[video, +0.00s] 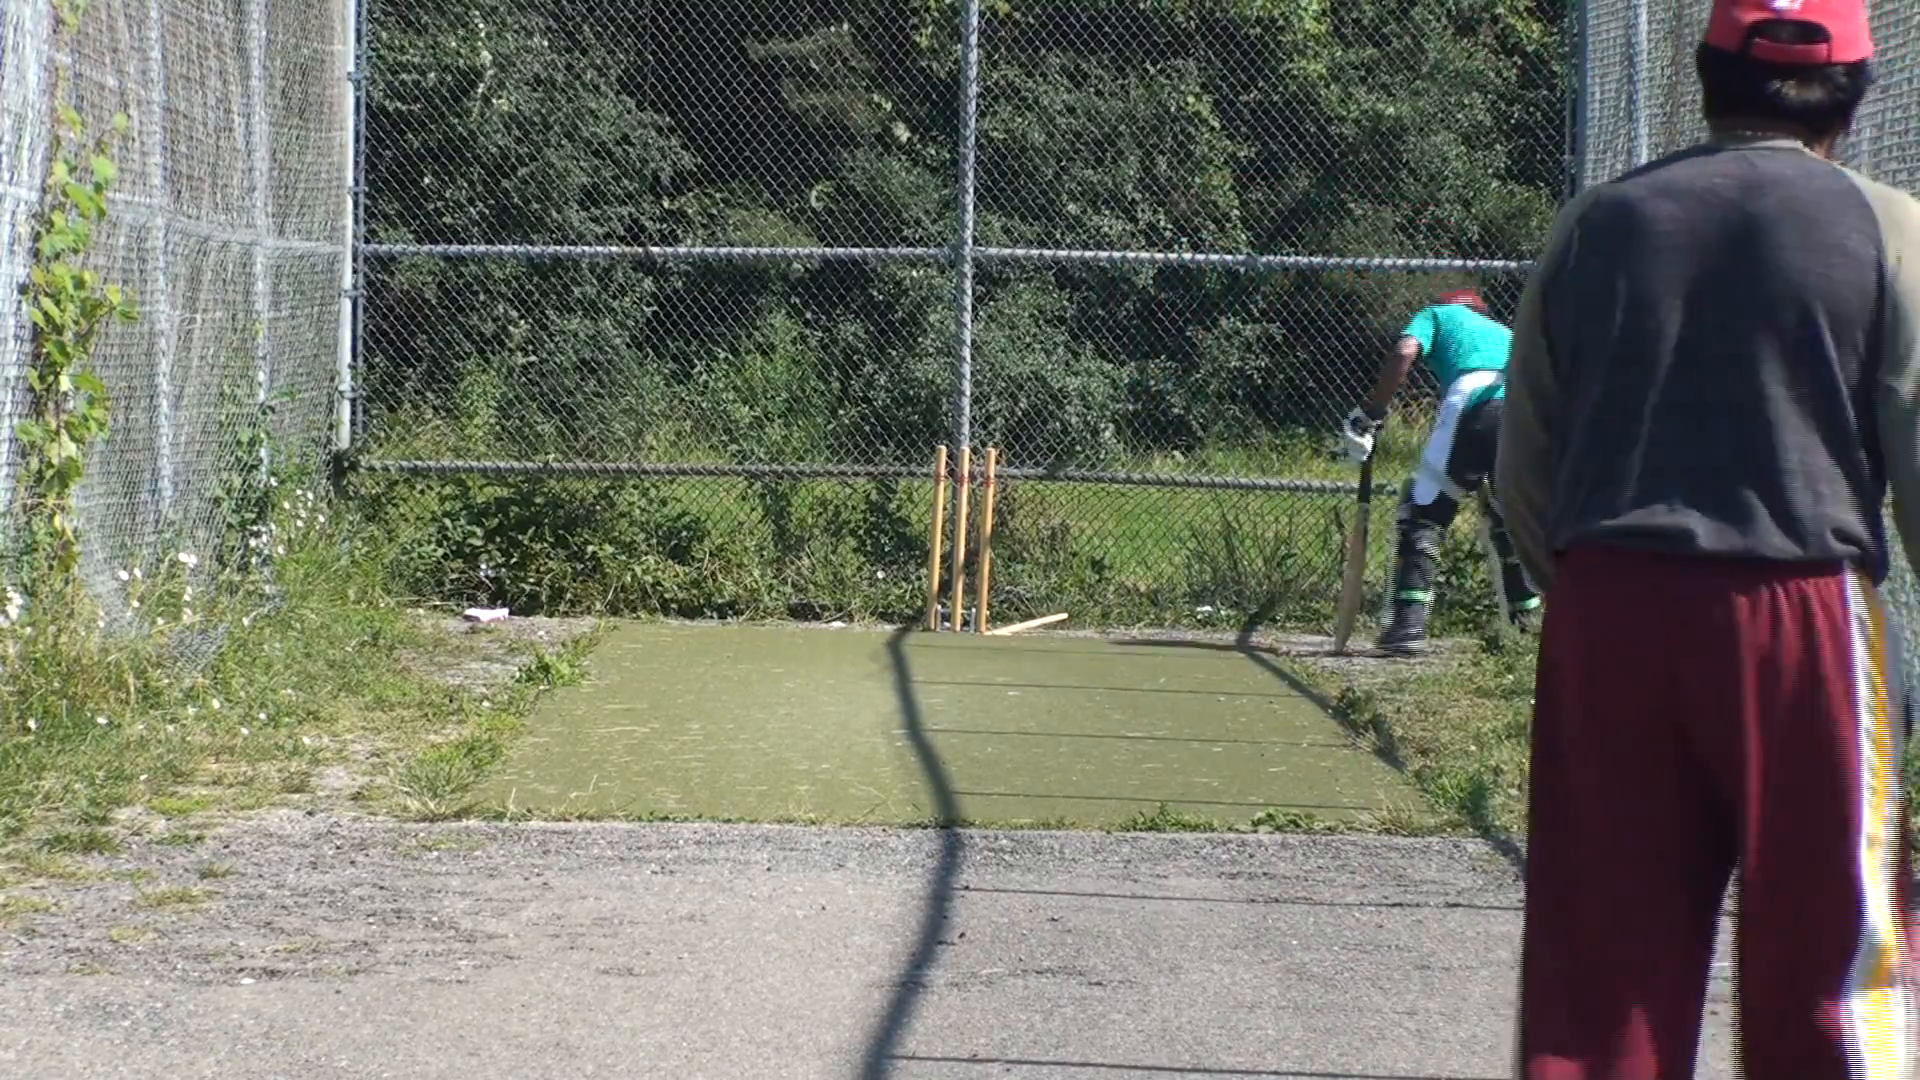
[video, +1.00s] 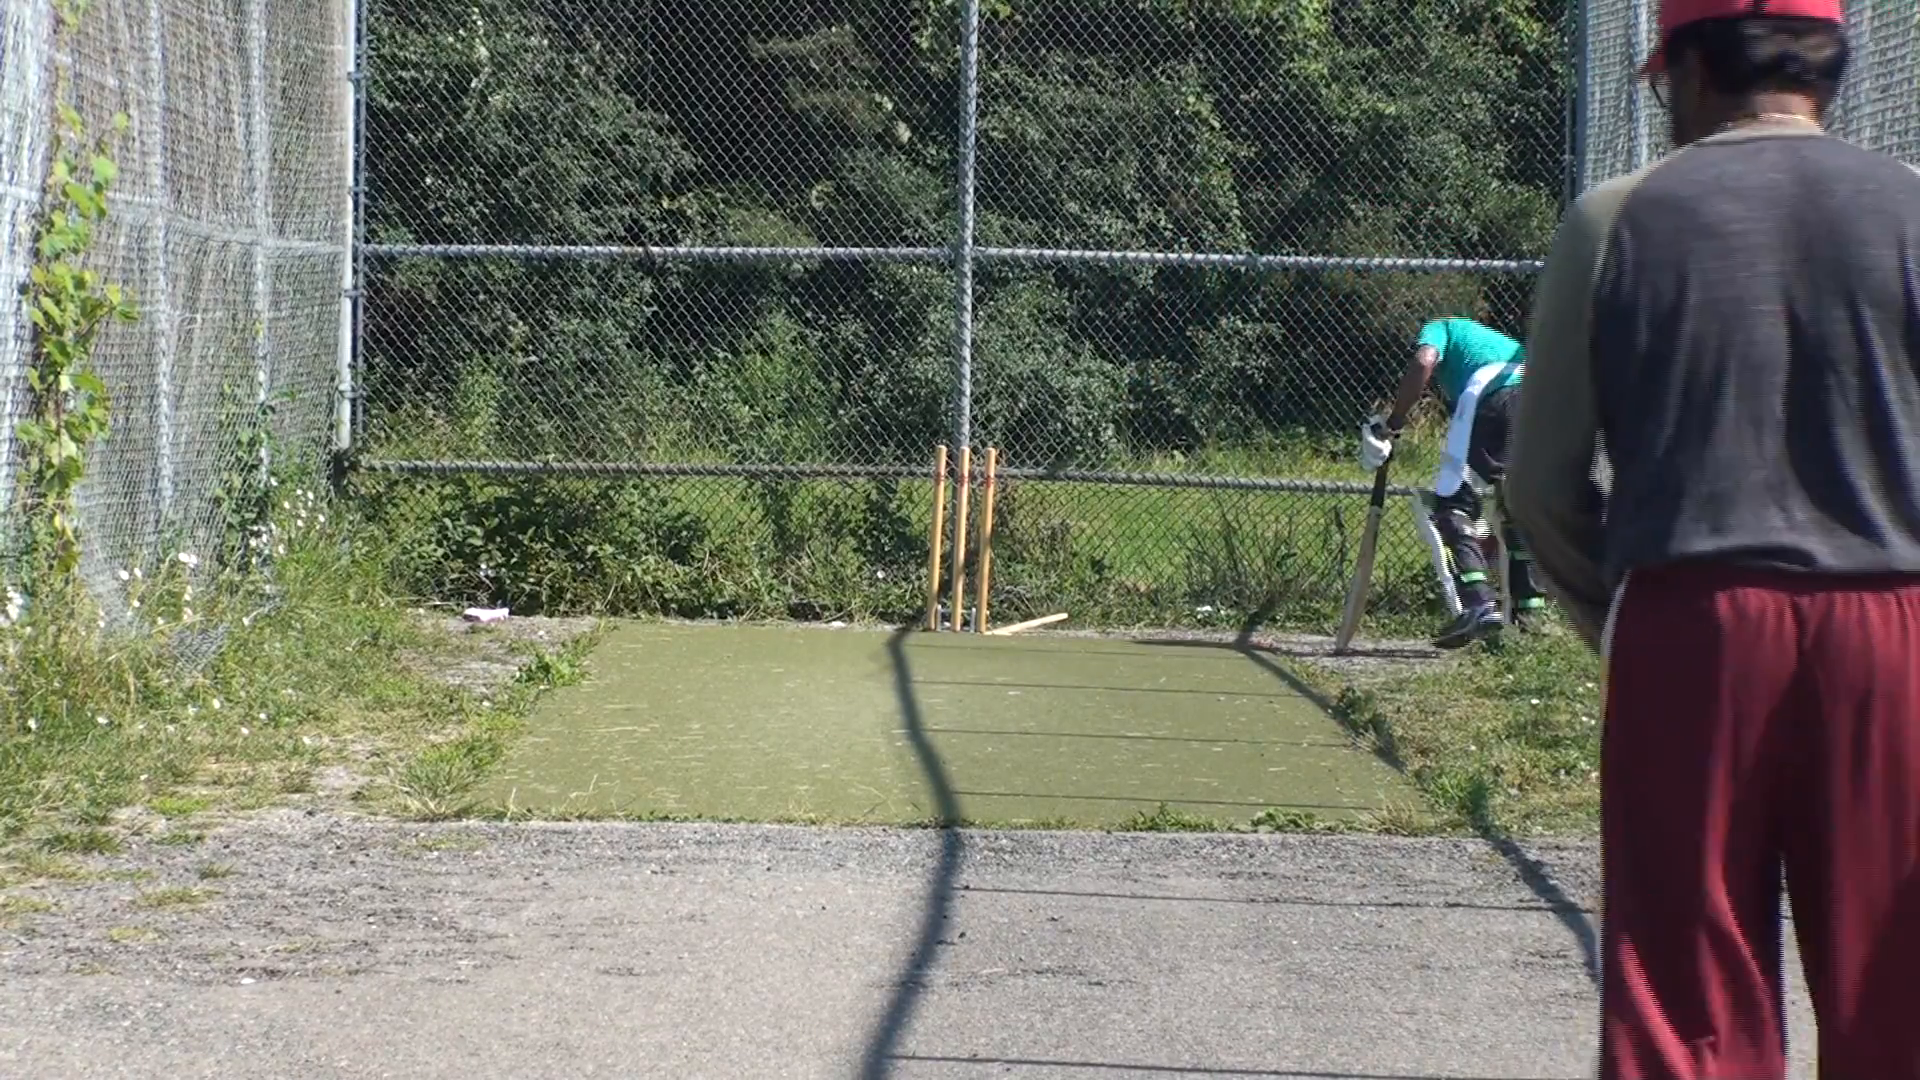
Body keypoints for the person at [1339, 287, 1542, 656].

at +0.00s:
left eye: (1441, 307)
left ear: (1446, 306)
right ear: (1482, 311)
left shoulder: (1435, 313)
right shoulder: (1506, 331)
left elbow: (1405, 354)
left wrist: (1368, 416)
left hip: (1475, 403)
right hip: (1528, 404)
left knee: (1426, 514)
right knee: (1508, 508)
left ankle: (1409, 623)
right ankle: (1527, 611)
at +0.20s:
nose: (1439, 405)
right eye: (1436, 400)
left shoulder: (1449, 348)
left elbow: (1419, 358)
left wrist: (1384, 416)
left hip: (1496, 402)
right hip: (1539, 400)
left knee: (1461, 509)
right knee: (1515, 505)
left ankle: (1472, 619)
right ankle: (1523, 608)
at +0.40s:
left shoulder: (1455, 381)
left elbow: (1427, 368)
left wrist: (1392, 425)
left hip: (1504, 411)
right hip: (1559, 413)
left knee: (1489, 516)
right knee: (1525, 511)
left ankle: (1498, 617)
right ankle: (1539, 609)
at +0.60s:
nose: (1461, 489)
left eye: (1454, 481)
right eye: (1455, 484)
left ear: (1451, 458)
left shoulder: (1455, 396)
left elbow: (1433, 371)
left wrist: (1396, 427)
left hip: (1499, 414)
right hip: (1555, 420)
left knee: (1488, 517)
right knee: (1526, 514)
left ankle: (1495, 617)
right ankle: (1536, 609)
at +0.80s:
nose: (1453, 459)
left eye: (1445, 451)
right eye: (1447, 455)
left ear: (1442, 428)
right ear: (1454, 426)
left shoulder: (1450, 373)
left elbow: (1428, 368)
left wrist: (1391, 428)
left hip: (1500, 406)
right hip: (1553, 415)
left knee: (1480, 510)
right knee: (1523, 512)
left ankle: (1493, 609)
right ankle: (1534, 609)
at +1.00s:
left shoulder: (1439, 328)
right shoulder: (1499, 343)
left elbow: (1424, 362)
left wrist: (1392, 424)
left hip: (1497, 396)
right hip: (1540, 393)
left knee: (1454, 503)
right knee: (1517, 501)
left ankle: (1479, 604)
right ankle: (1528, 606)